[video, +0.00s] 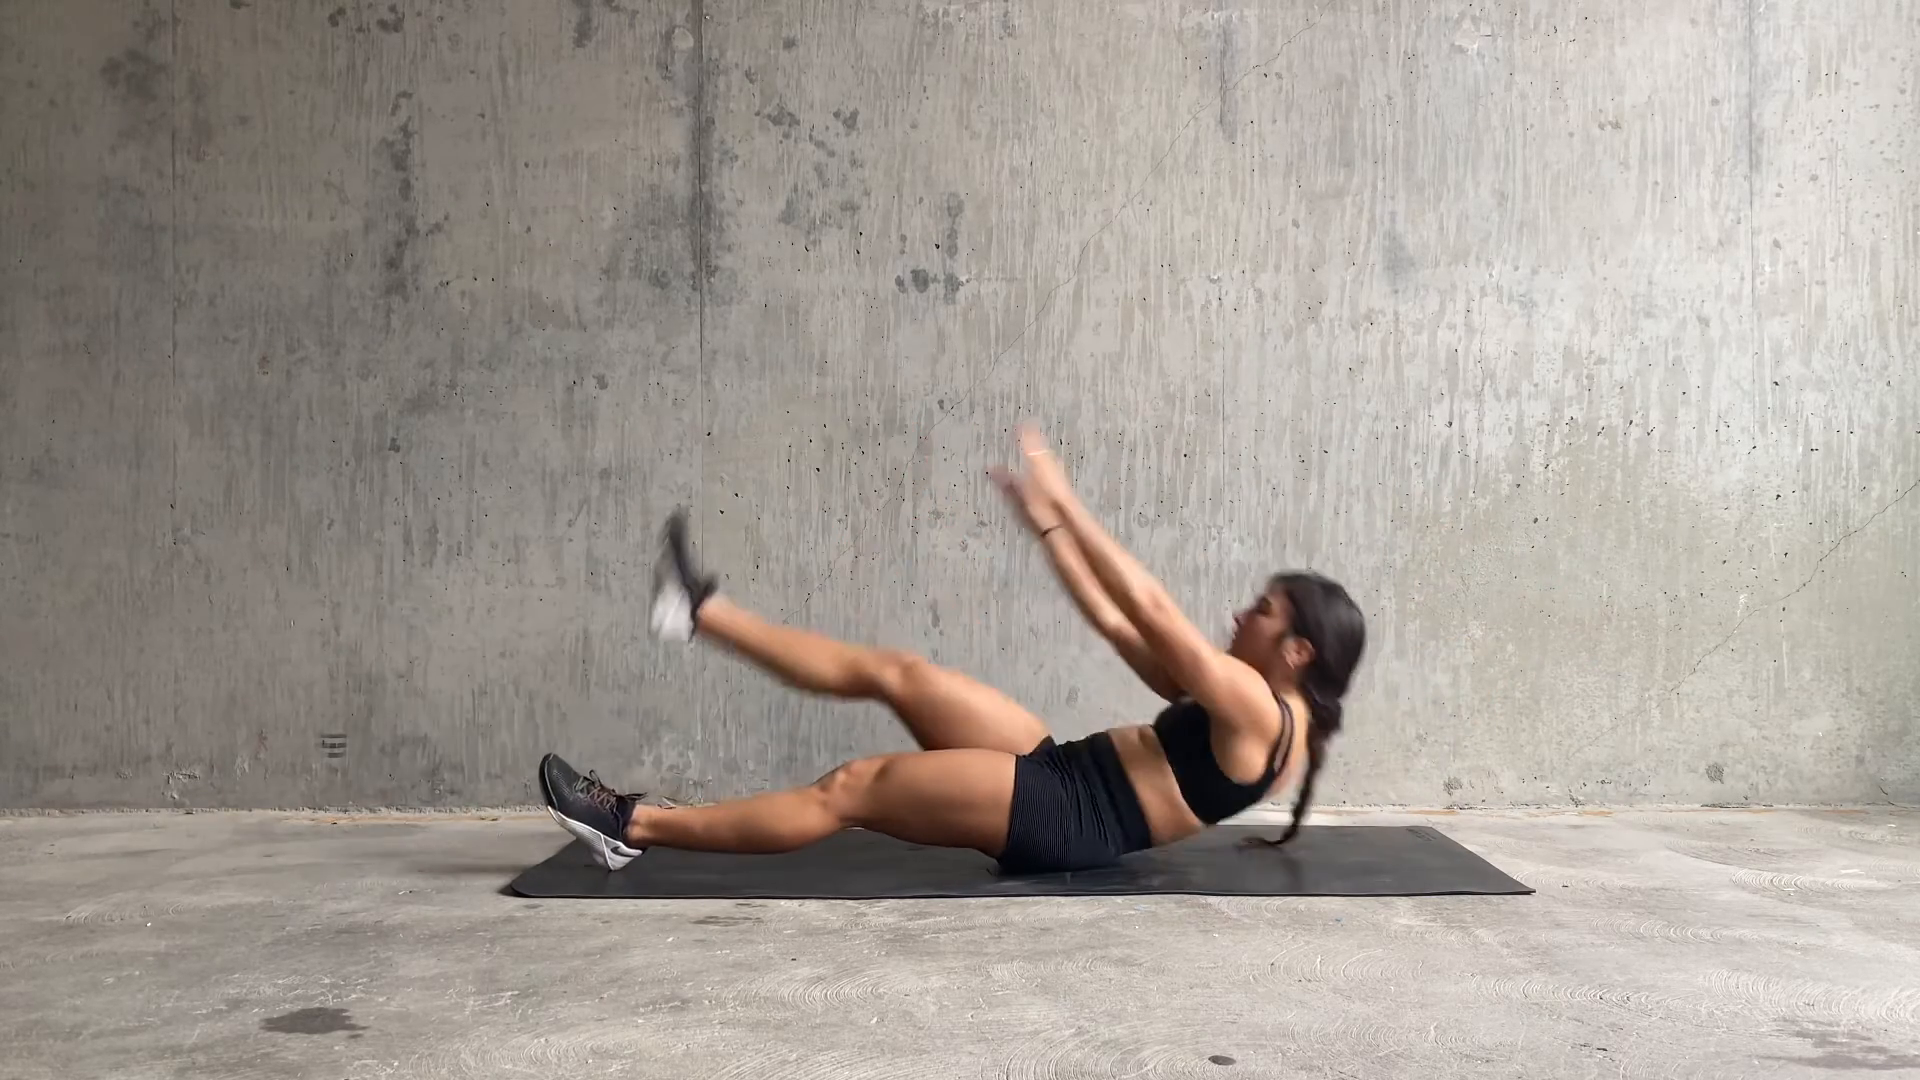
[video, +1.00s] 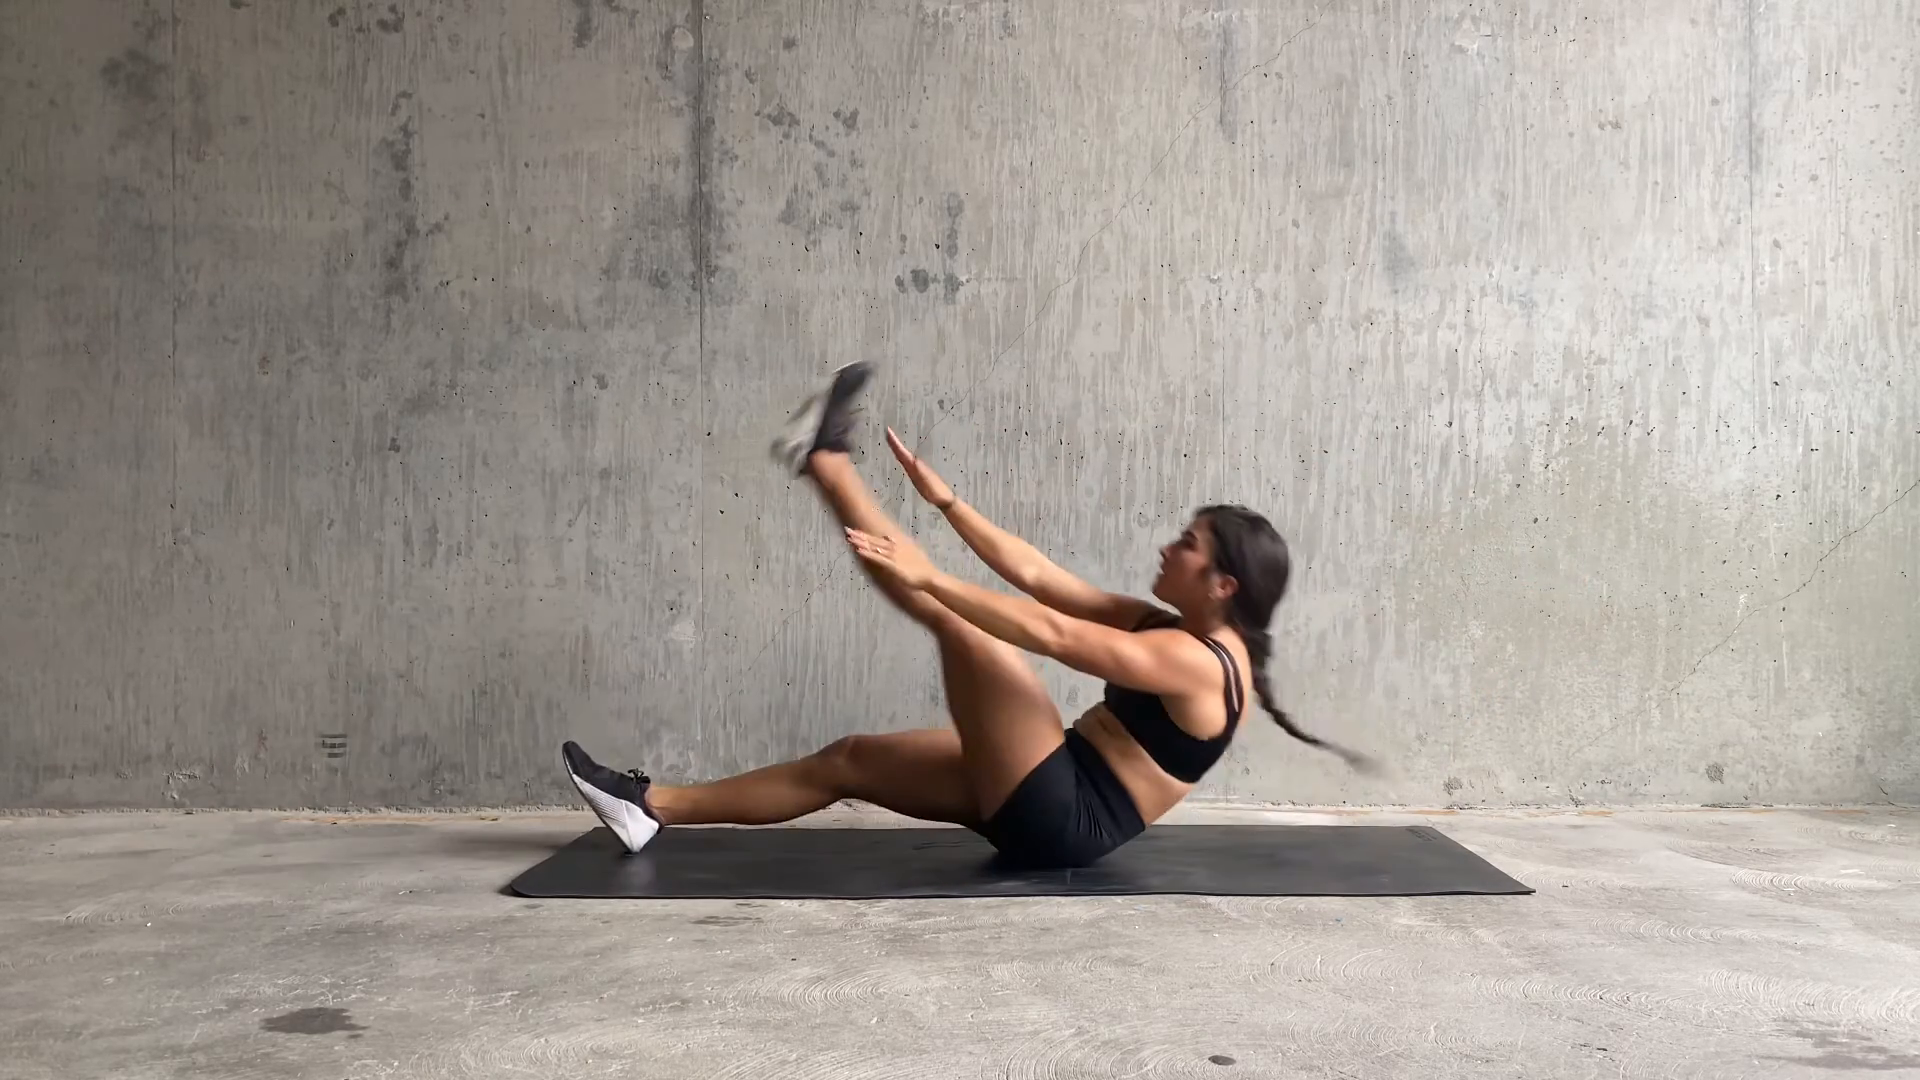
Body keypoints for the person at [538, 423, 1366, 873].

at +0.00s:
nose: (1243, 620)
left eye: (1263, 619)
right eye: (1255, 610)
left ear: (1298, 654)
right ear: (1290, 647)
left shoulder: (1258, 706)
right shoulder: (1242, 697)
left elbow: (1151, 615)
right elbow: (1119, 627)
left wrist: (1067, 504)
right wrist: (1041, 529)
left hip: (1068, 812)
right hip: (1066, 773)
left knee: (852, 790)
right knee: (893, 674)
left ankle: (635, 827)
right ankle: (701, 610)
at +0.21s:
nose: (1314, 683)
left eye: (1331, 686)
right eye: (1323, 682)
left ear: (1347, 731)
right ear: (1322, 715)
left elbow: (1315, 652)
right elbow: (1258, 634)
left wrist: (1332, 527)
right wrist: (1294, 525)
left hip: (1072, 812)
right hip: (1067, 774)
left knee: (862, 786)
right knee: (871, 737)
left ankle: (640, 824)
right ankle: (668, 750)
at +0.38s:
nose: (1333, 702)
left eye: (1357, 701)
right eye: (1345, 685)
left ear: (1385, 743)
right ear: (1335, 702)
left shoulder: (1327, 812)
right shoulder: (1310, 780)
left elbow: (1419, 708)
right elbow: (1397, 686)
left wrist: (1503, 611)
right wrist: (1476, 605)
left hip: (1090, 811)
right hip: (1087, 778)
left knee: (870, 788)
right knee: (868, 764)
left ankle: (654, 836)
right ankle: (667, 803)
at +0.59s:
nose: (1328, 697)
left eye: (1350, 697)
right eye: (1335, 684)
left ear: (1371, 735)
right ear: (1337, 709)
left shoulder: (1326, 813)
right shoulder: (1306, 779)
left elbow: (1391, 682)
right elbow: (1345, 666)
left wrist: (1453, 570)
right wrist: (1417, 584)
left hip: (1089, 808)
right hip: (1090, 781)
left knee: (876, 781)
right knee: (882, 771)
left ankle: (663, 817)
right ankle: (678, 807)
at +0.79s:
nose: (1262, 659)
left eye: (1282, 656)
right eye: (1274, 647)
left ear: (1320, 692)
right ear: (1314, 686)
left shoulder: (1270, 745)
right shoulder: (1265, 730)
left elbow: (1145, 667)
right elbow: (1151, 657)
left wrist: (1041, 573)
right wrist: (1067, 558)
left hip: (1077, 812)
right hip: (1071, 808)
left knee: (891, 708)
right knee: (863, 772)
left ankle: (679, 663)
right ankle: (664, 811)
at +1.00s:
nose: (1163, 554)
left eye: (1182, 549)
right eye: (1174, 542)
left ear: (1222, 582)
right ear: (1213, 577)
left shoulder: (1196, 662)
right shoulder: (1177, 634)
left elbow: (1051, 636)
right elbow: (1048, 582)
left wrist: (922, 581)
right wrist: (949, 505)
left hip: (1066, 815)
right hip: (1050, 791)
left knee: (957, 614)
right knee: (849, 761)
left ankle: (826, 455)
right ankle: (653, 807)